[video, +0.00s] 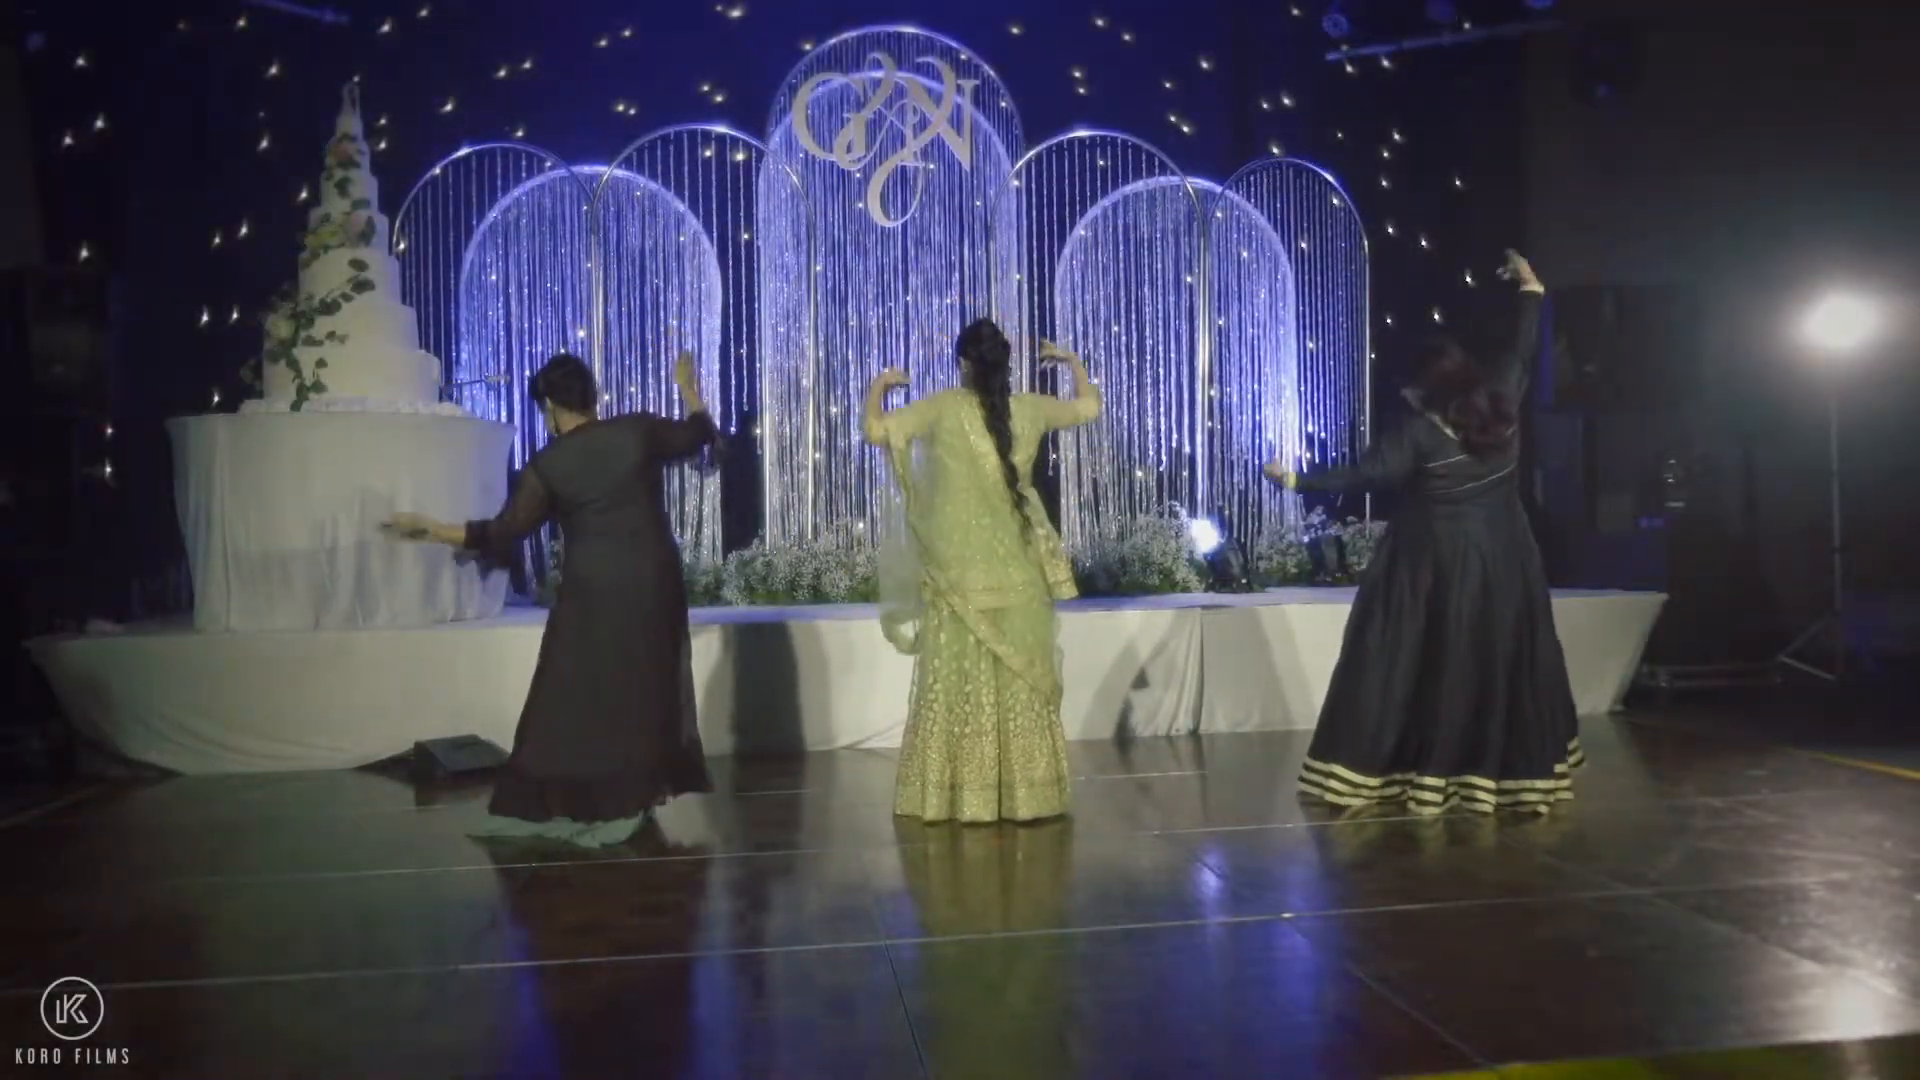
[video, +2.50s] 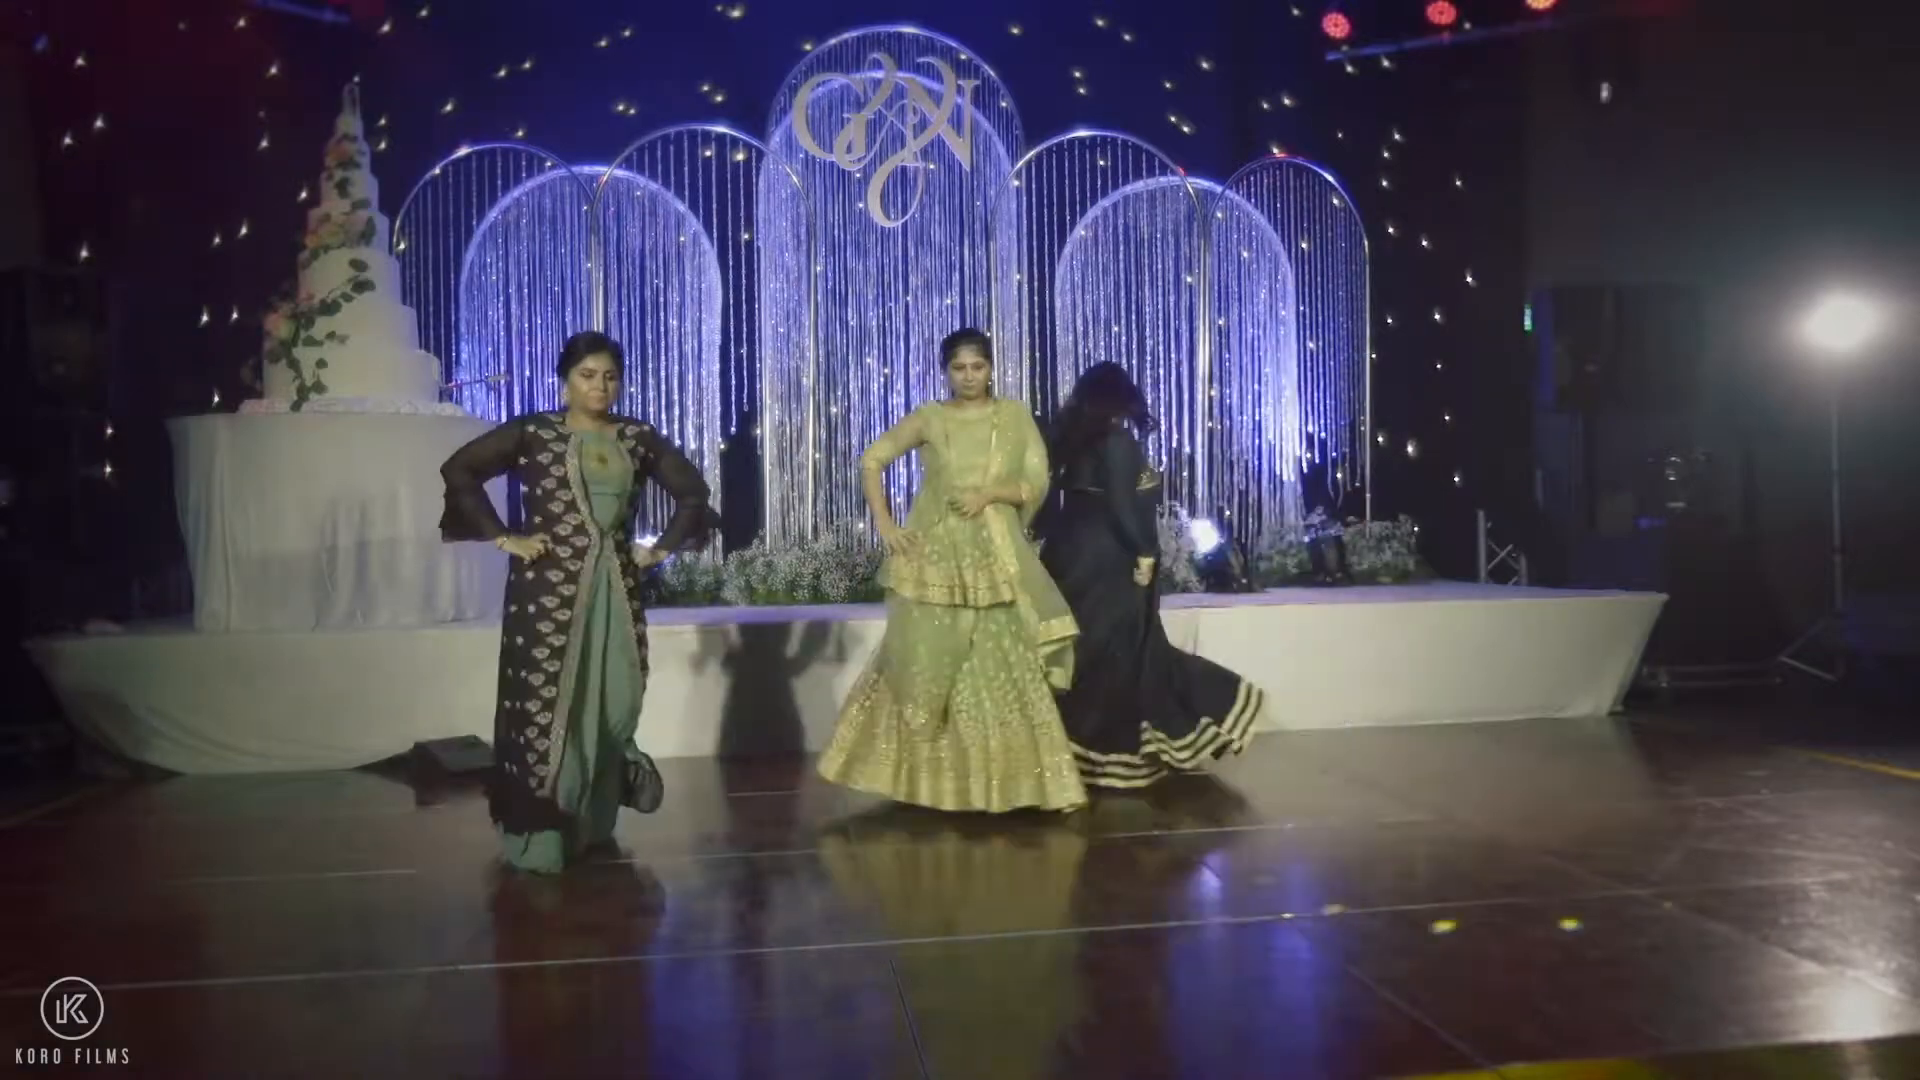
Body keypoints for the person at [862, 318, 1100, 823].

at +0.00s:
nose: (959, 366)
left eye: (960, 358)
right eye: (968, 358)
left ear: (962, 363)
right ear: (1005, 362)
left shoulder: (942, 407)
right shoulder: (1029, 408)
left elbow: (875, 430)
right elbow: (1089, 407)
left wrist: (879, 386)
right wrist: (1075, 362)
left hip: (958, 568)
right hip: (1018, 567)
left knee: (958, 685)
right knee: (1022, 681)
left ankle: (962, 795)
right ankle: (1025, 795)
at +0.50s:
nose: (954, 368)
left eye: (954, 361)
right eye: (959, 360)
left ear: (960, 363)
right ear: (998, 360)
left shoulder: (946, 409)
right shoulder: (1028, 412)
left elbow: (895, 456)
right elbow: (1088, 448)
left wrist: (837, 431)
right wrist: (1128, 442)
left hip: (966, 576)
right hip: (1027, 574)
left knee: (966, 691)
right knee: (1030, 686)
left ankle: (969, 797)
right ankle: (1032, 795)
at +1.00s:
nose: (947, 374)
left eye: (947, 368)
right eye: (950, 367)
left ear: (956, 368)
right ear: (993, 365)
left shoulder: (947, 413)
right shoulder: (1031, 414)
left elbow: (889, 461)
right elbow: (1090, 454)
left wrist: (822, 456)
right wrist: (1137, 463)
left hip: (968, 576)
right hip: (1027, 575)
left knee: (968, 688)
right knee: (1029, 685)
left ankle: (967, 795)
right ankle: (1030, 794)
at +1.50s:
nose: (928, 373)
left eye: (933, 365)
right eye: (929, 365)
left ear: (954, 367)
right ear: (964, 367)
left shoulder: (955, 409)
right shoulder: (976, 409)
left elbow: (950, 465)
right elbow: (962, 469)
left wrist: (903, 463)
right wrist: (914, 463)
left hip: (967, 567)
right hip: (990, 564)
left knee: (969, 676)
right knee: (993, 676)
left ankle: (972, 792)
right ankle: (1001, 791)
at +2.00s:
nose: (924, 373)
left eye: (933, 364)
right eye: (919, 365)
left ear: (961, 368)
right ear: (917, 370)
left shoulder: (988, 414)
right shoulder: (910, 419)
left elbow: (1030, 474)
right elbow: (875, 467)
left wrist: (976, 484)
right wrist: (879, 526)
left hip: (980, 562)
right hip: (924, 561)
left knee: (979, 670)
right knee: (918, 671)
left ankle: (982, 788)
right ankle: (915, 790)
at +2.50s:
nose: (970, 375)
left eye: (977, 366)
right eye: (960, 368)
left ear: (991, 369)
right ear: (947, 373)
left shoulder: (1015, 416)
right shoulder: (930, 418)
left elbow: (1036, 486)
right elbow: (872, 461)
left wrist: (989, 494)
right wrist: (885, 522)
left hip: (997, 563)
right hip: (936, 563)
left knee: (999, 674)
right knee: (932, 675)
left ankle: (998, 790)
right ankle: (939, 789)